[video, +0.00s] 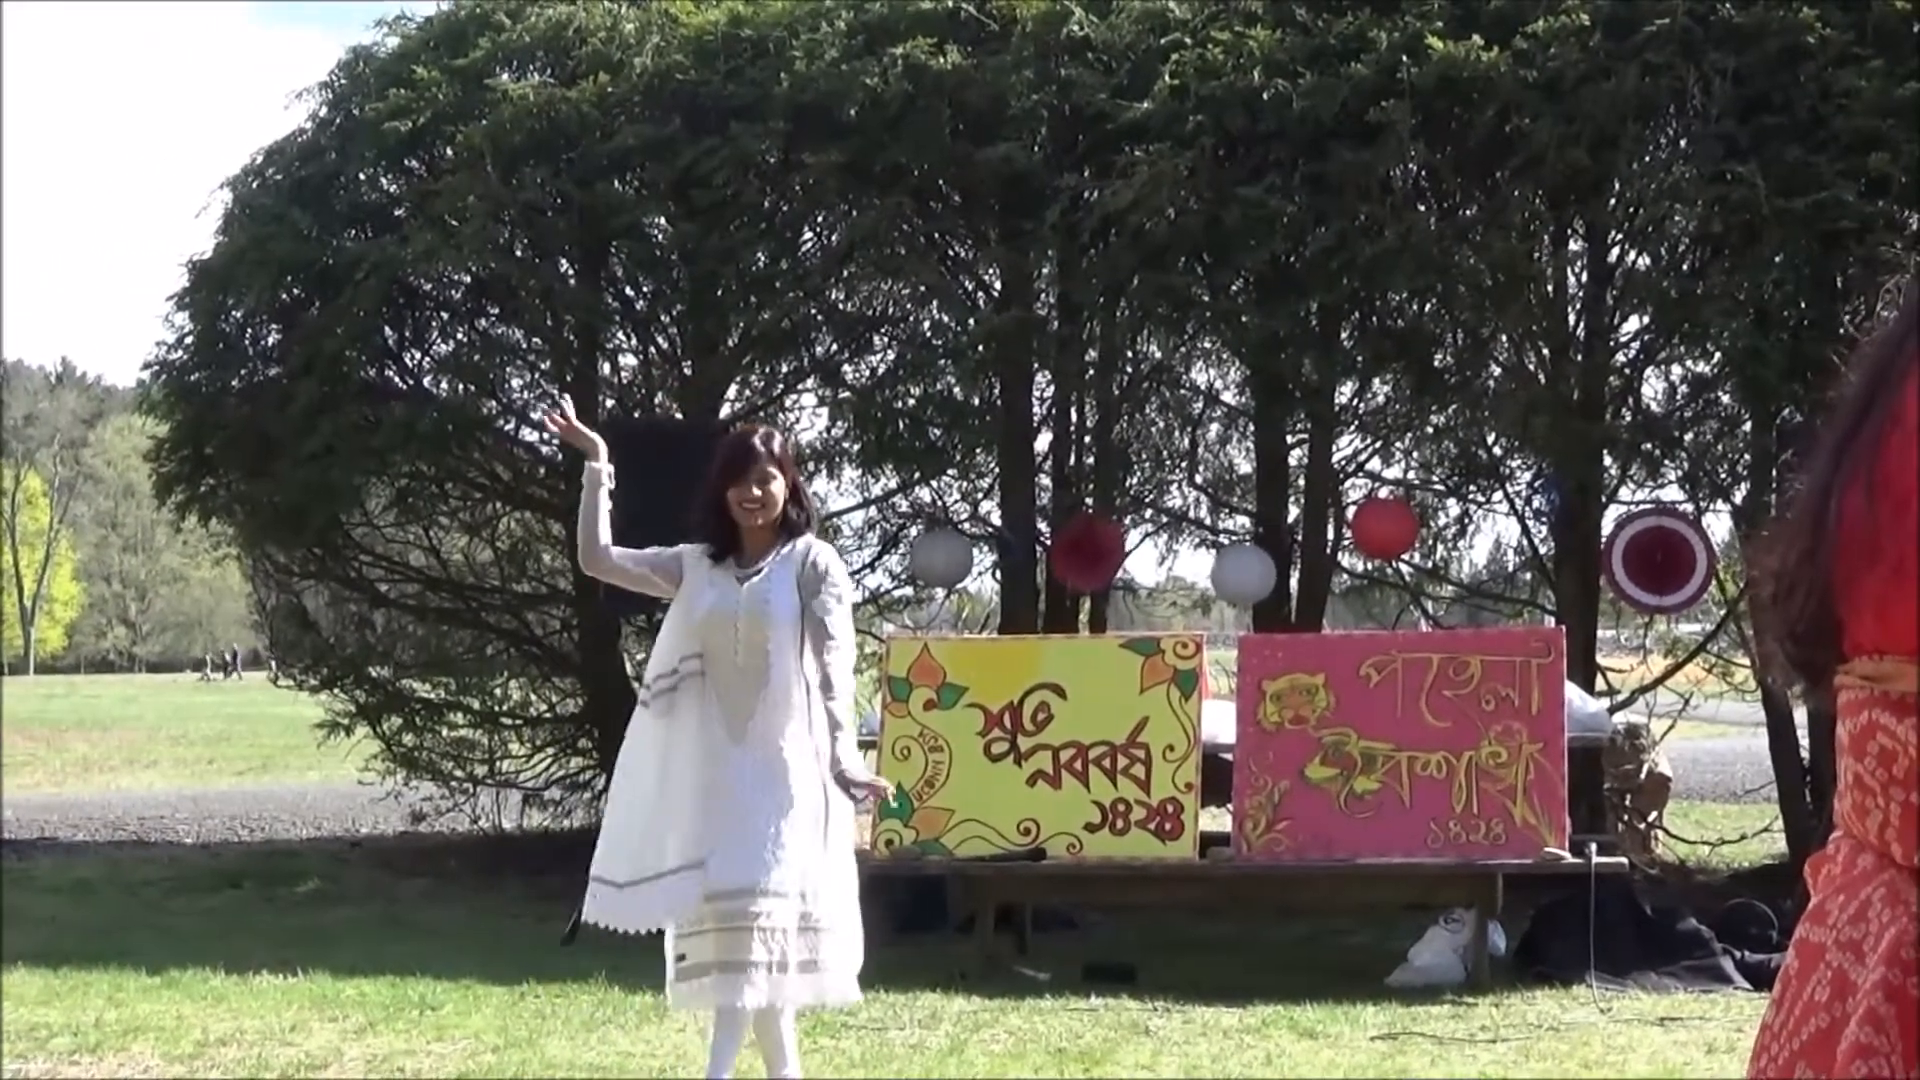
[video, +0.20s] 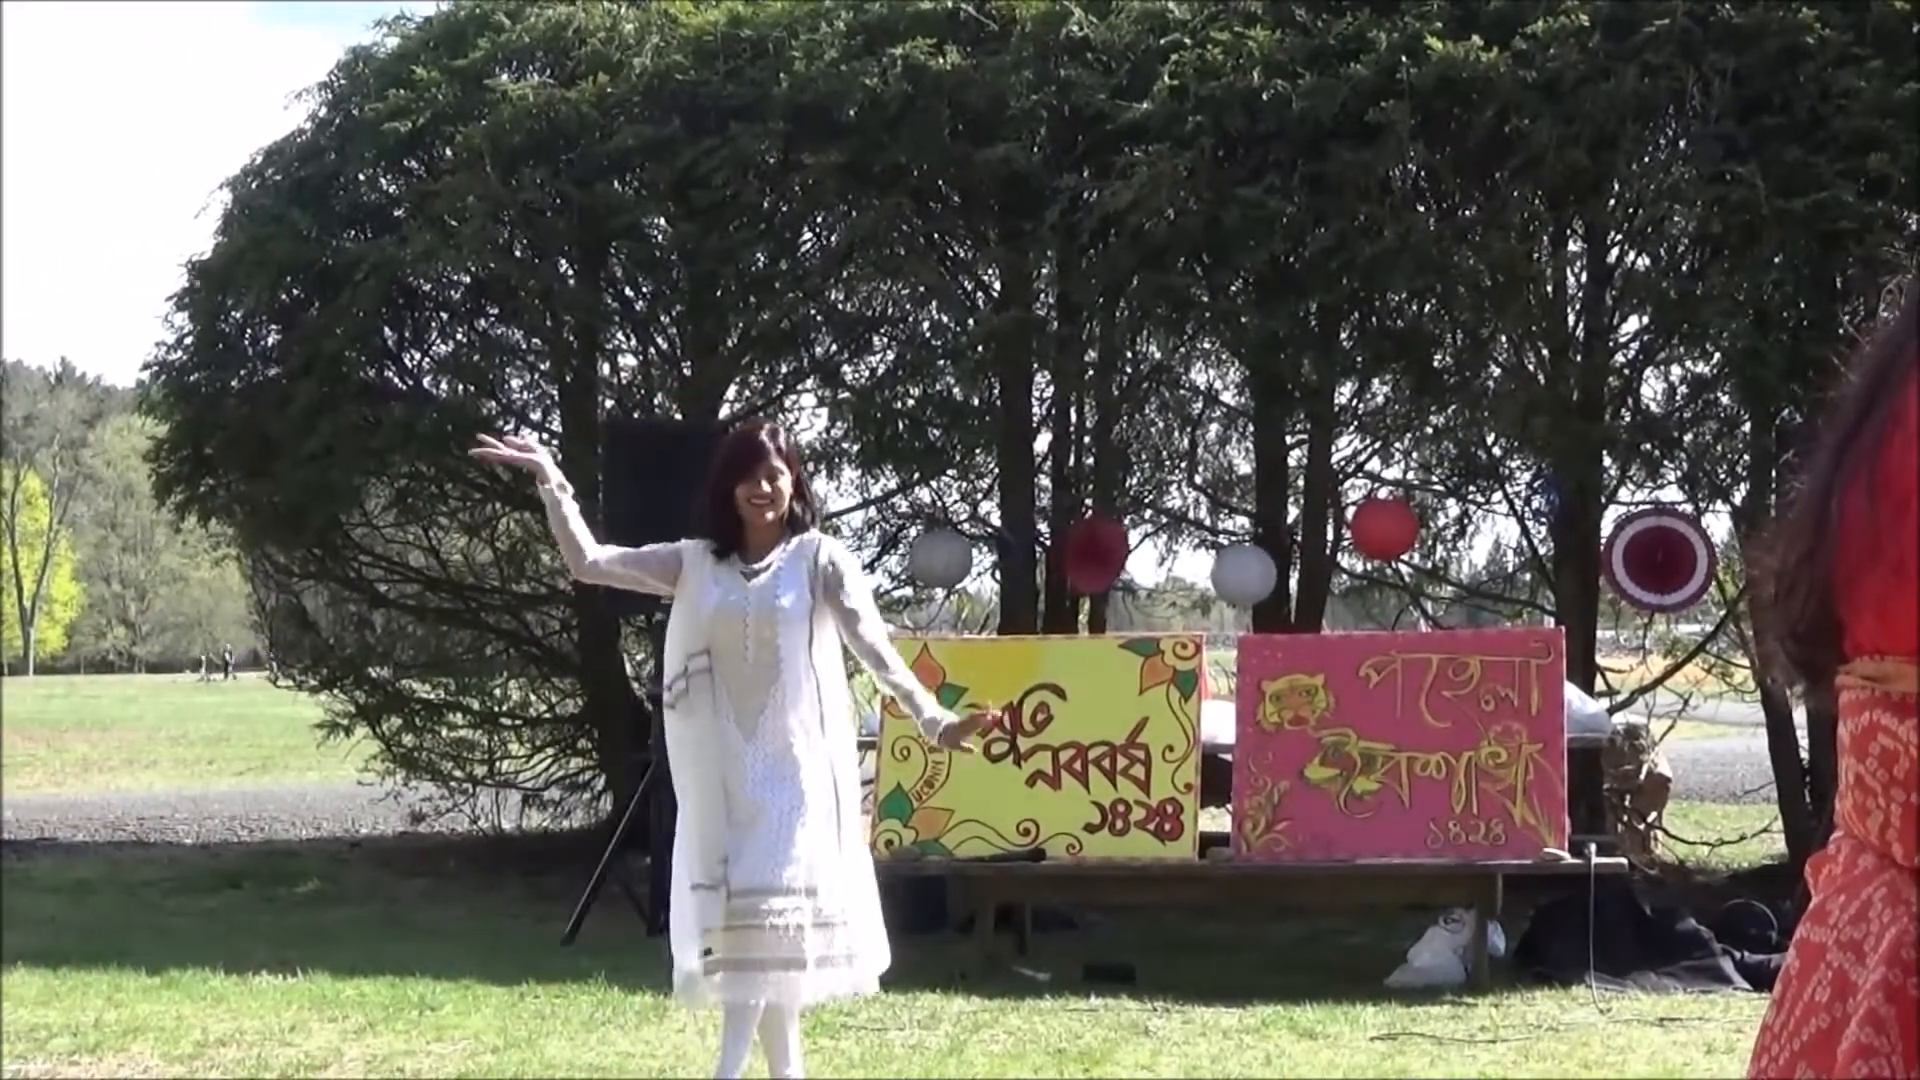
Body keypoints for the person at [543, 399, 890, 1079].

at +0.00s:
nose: (753, 488)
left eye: (767, 475)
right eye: (739, 477)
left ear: (790, 485)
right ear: (722, 489)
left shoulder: (812, 561)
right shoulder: (696, 564)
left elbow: (835, 667)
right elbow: (597, 558)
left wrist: (844, 757)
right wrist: (597, 459)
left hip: (781, 762)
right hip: (711, 758)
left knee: (743, 911)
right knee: (753, 917)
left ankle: (717, 1068)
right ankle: (785, 1067)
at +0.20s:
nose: (765, 488)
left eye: (776, 474)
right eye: (750, 476)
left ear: (795, 484)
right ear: (728, 488)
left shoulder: (818, 557)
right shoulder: (695, 560)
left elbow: (876, 647)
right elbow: (588, 561)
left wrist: (933, 719)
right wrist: (547, 474)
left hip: (795, 766)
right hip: (717, 765)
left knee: (754, 912)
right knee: (762, 920)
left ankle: (728, 1067)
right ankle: (788, 1068)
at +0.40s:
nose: (765, 482)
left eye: (775, 469)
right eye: (750, 471)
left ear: (794, 479)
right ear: (727, 483)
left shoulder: (821, 556)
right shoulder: (693, 558)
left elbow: (905, 624)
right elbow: (586, 565)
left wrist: (984, 665)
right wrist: (513, 506)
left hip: (803, 758)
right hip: (723, 756)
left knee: (764, 903)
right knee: (769, 912)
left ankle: (740, 1069)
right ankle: (788, 1069)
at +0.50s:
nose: (768, 483)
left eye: (777, 471)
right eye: (753, 472)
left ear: (793, 480)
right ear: (727, 483)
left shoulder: (820, 557)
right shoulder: (693, 558)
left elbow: (907, 619)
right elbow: (584, 575)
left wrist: (994, 660)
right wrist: (513, 528)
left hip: (799, 758)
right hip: (720, 756)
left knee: (770, 908)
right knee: (753, 911)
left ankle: (763, 1068)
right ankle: (783, 1063)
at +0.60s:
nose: (763, 485)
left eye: (773, 472)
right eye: (748, 474)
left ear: (790, 479)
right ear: (724, 483)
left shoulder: (818, 559)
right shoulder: (686, 561)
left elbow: (907, 621)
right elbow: (586, 587)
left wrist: (990, 661)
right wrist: (518, 551)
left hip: (795, 763)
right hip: (713, 763)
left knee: (777, 913)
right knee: (747, 915)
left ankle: (775, 1063)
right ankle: (779, 1059)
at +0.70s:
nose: (760, 487)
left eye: (771, 475)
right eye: (746, 475)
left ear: (790, 486)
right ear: (720, 486)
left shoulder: (812, 563)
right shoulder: (682, 565)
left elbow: (901, 624)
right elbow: (589, 606)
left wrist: (991, 675)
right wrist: (542, 577)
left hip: (786, 761)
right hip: (705, 761)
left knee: (776, 912)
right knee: (737, 913)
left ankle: (771, 1067)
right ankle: (778, 1063)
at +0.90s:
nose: (748, 496)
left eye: (761, 483)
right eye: (735, 483)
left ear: (782, 493)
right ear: (713, 492)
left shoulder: (806, 570)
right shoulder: (677, 578)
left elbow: (893, 641)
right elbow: (589, 651)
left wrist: (990, 702)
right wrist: (595, 634)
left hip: (775, 781)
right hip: (694, 779)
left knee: (766, 933)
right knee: (688, 930)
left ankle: (764, 1073)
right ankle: (748, 1061)